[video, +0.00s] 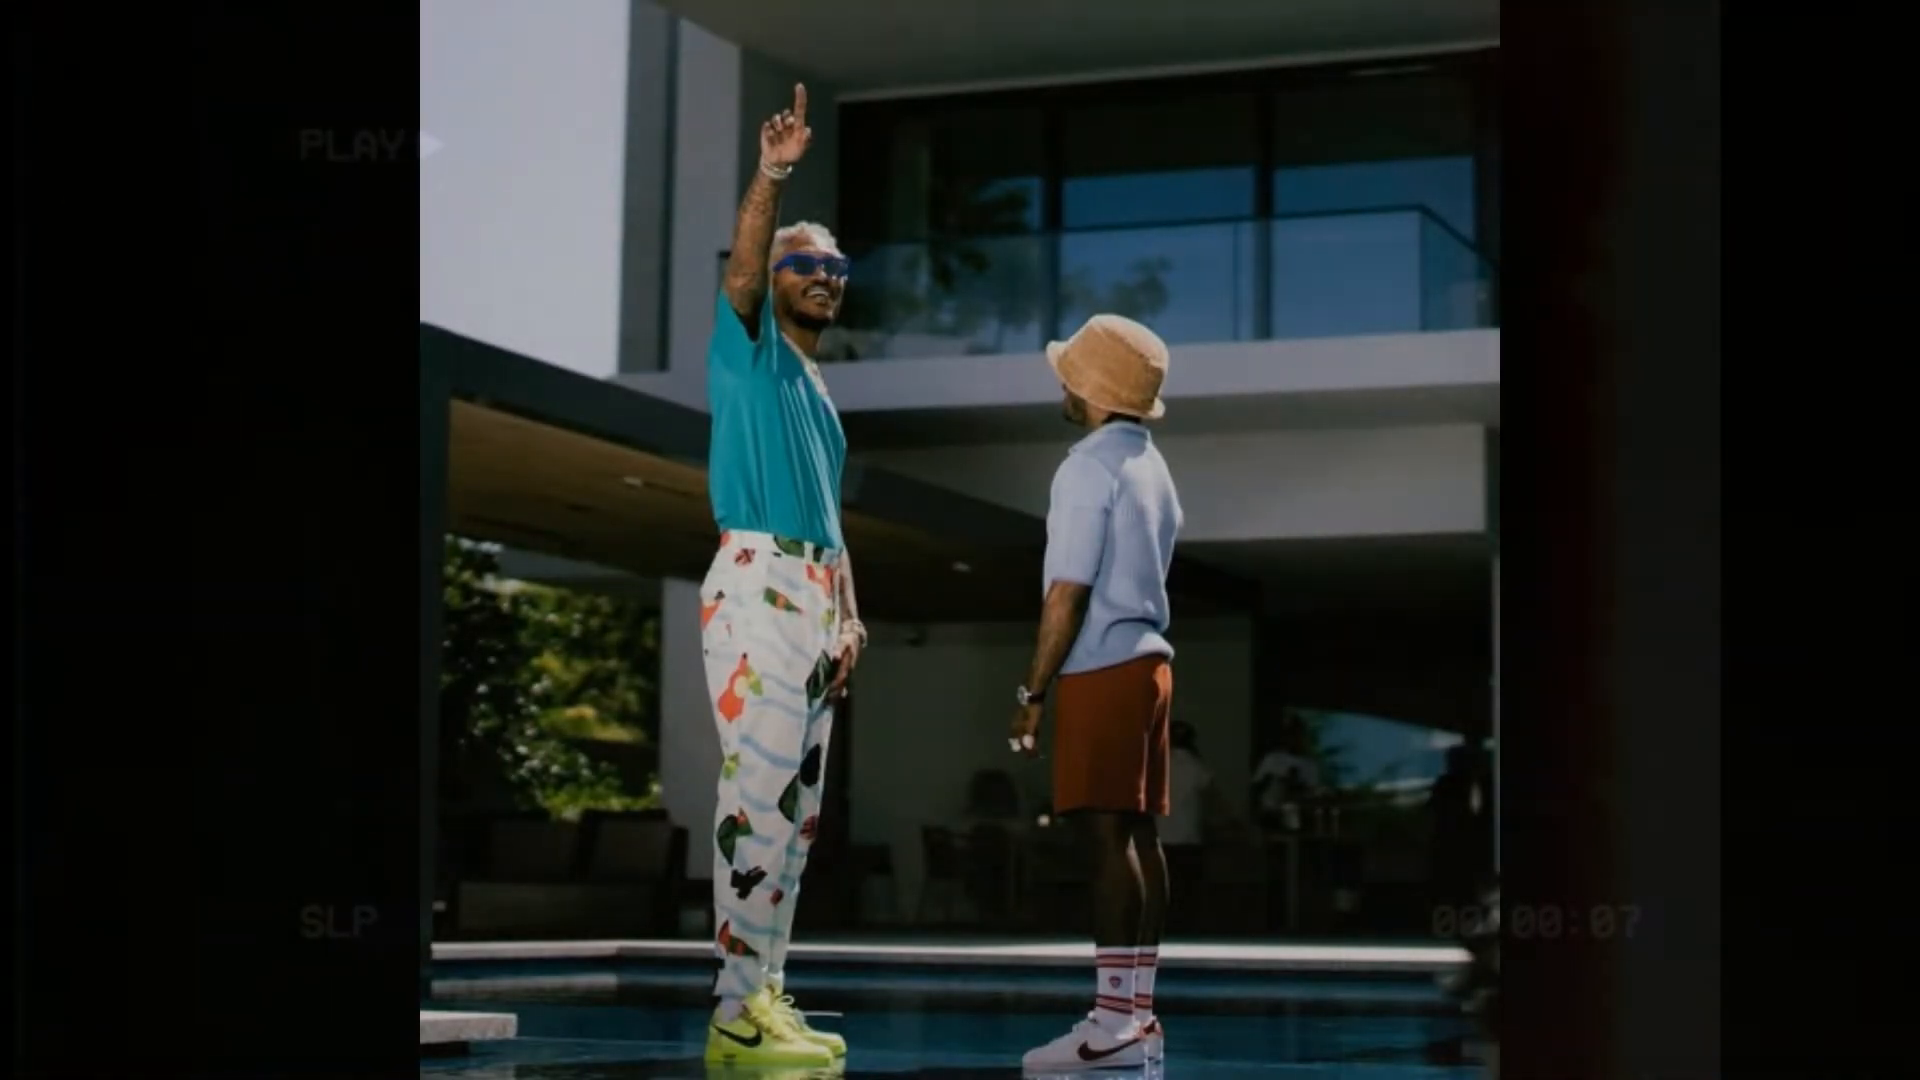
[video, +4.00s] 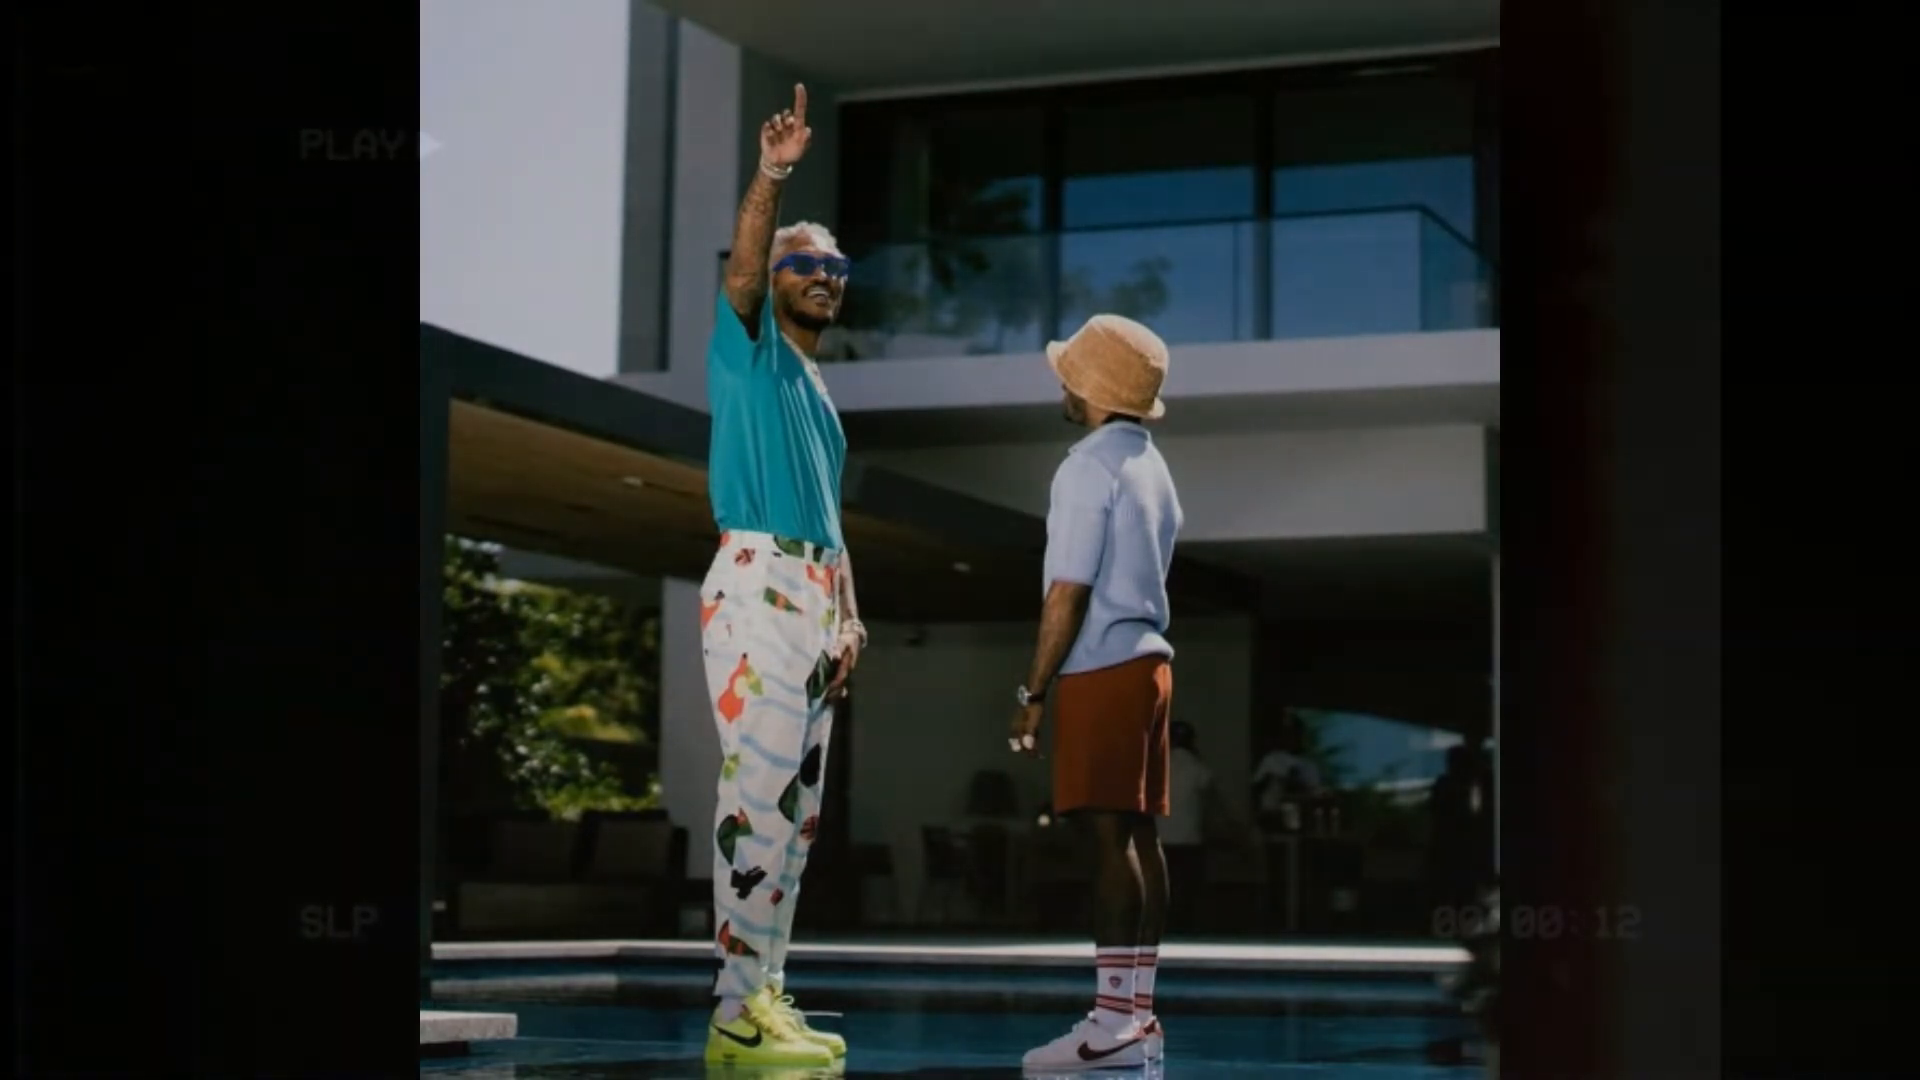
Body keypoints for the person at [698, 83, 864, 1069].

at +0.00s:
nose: (823, 283)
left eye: (834, 274)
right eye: (806, 268)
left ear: (841, 293)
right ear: (770, 278)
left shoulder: (818, 394)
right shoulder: (744, 343)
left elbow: (827, 519)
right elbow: (744, 267)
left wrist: (847, 611)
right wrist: (770, 173)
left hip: (813, 589)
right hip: (755, 581)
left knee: (794, 798)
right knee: (759, 791)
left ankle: (759, 1001)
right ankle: (745, 1005)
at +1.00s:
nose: (823, 282)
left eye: (834, 273)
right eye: (805, 268)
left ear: (842, 293)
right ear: (770, 278)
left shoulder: (819, 395)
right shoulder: (744, 344)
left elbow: (828, 520)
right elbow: (744, 266)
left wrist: (847, 612)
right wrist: (770, 173)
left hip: (814, 590)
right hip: (756, 582)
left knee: (794, 798)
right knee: (759, 793)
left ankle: (759, 1000)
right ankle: (745, 1006)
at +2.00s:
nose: (823, 282)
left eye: (834, 273)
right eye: (806, 268)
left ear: (842, 293)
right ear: (770, 278)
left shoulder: (819, 395)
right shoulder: (744, 344)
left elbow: (828, 520)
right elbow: (744, 266)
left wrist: (847, 612)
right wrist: (770, 173)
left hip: (814, 590)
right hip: (756, 582)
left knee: (794, 798)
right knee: (759, 791)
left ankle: (758, 1002)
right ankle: (746, 1004)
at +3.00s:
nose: (823, 283)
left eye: (834, 274)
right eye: (806, 268)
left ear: (841, 293)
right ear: (770, 277)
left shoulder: (818, 394)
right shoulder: (744, 343)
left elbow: (827, 519)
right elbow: (744, 268)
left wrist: (847, 612)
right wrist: (769, 174)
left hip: (814, 590)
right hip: (755, 582)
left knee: (794, 798)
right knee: (759, 791)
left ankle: (757, 1003)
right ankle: (746, 1004)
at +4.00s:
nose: (823, 283)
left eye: (834, 274)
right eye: (806, 268)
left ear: (841, 293)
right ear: (770, 278)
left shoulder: (818, 395)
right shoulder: (744, 343)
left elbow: (827, 520)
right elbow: (743, 269)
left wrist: (846, 613)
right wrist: (770, 174)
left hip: (814, 590)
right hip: (756, 582)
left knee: (794, 796)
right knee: (758, 789)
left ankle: (758, 1001)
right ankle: (748, 1001)